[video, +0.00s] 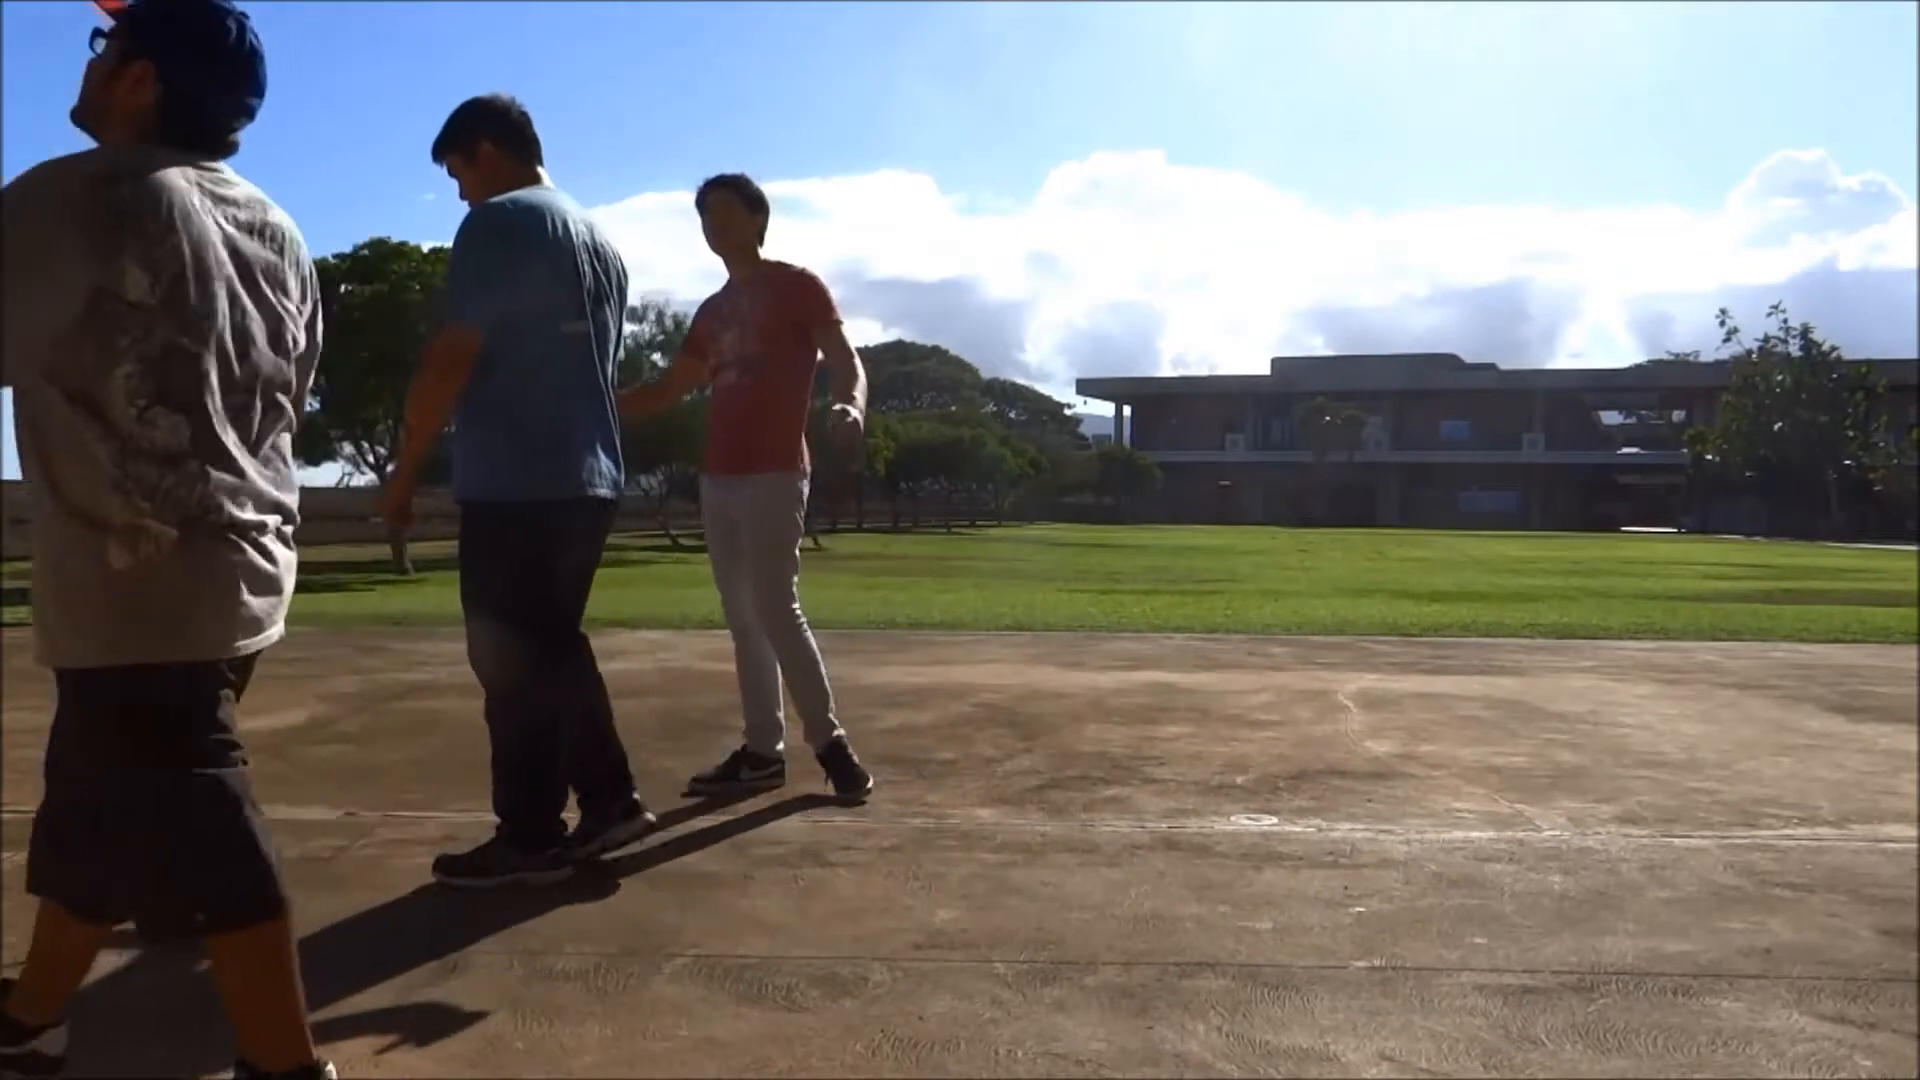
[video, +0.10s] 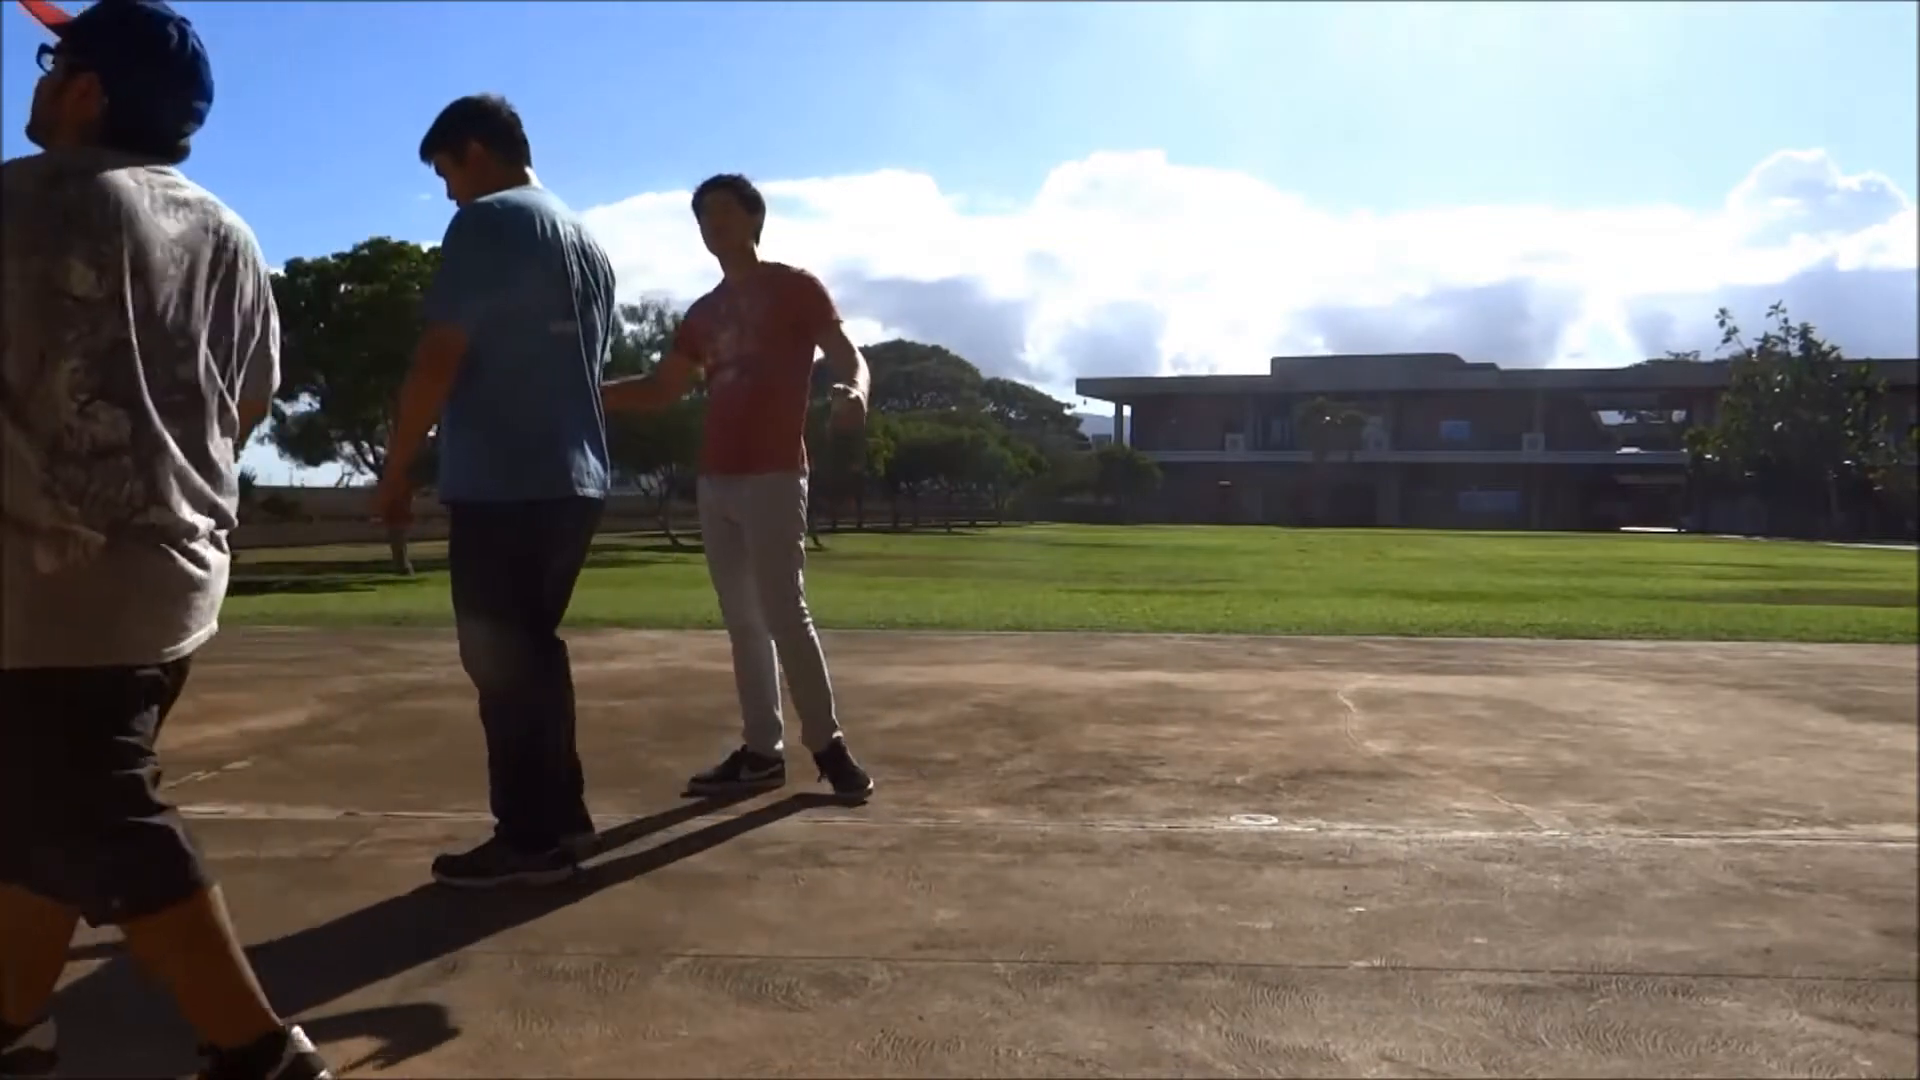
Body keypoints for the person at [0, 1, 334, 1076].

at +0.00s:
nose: (88, 76)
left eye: (104, 56)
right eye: (99, 53)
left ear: (138, 81)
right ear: (214, 101)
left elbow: (6, 339)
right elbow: (286, 400)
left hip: (124, 585)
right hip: (246, 574)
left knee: (205, 820)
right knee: (96, 803)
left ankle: (290, 1064)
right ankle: (29, 1020)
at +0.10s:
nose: (38, 89)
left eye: (53, 70)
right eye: (49, 70)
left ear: (86, 91)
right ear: (175, 115)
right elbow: (246, 398)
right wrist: (149, 476)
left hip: (44, 575)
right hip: (177, 574)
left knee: (103, 814)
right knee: (40, 813)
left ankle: (258, 1049)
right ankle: (13, 1025)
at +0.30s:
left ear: (8, 83)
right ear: (84, 88)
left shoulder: (11, 190)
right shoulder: (139, 215)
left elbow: (172, 375)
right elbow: (184, 370)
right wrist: (118, 458)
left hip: (20, 556)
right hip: (107, 550)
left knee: (10, 774)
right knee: (55, 780)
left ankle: (44, 958)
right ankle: (39, 1008)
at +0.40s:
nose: (34, 105)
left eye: (22, 88)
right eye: (37, 89)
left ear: (2, 90)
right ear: (36, 95)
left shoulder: (67, 209)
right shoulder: (84, 210)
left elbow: (142, 369)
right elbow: (148, 370)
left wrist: (63, 466)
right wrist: (73, 458)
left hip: (26, 546)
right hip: (63, 548)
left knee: (36, 772)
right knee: (41, 769)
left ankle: (25, 1022)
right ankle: (25, 1024)